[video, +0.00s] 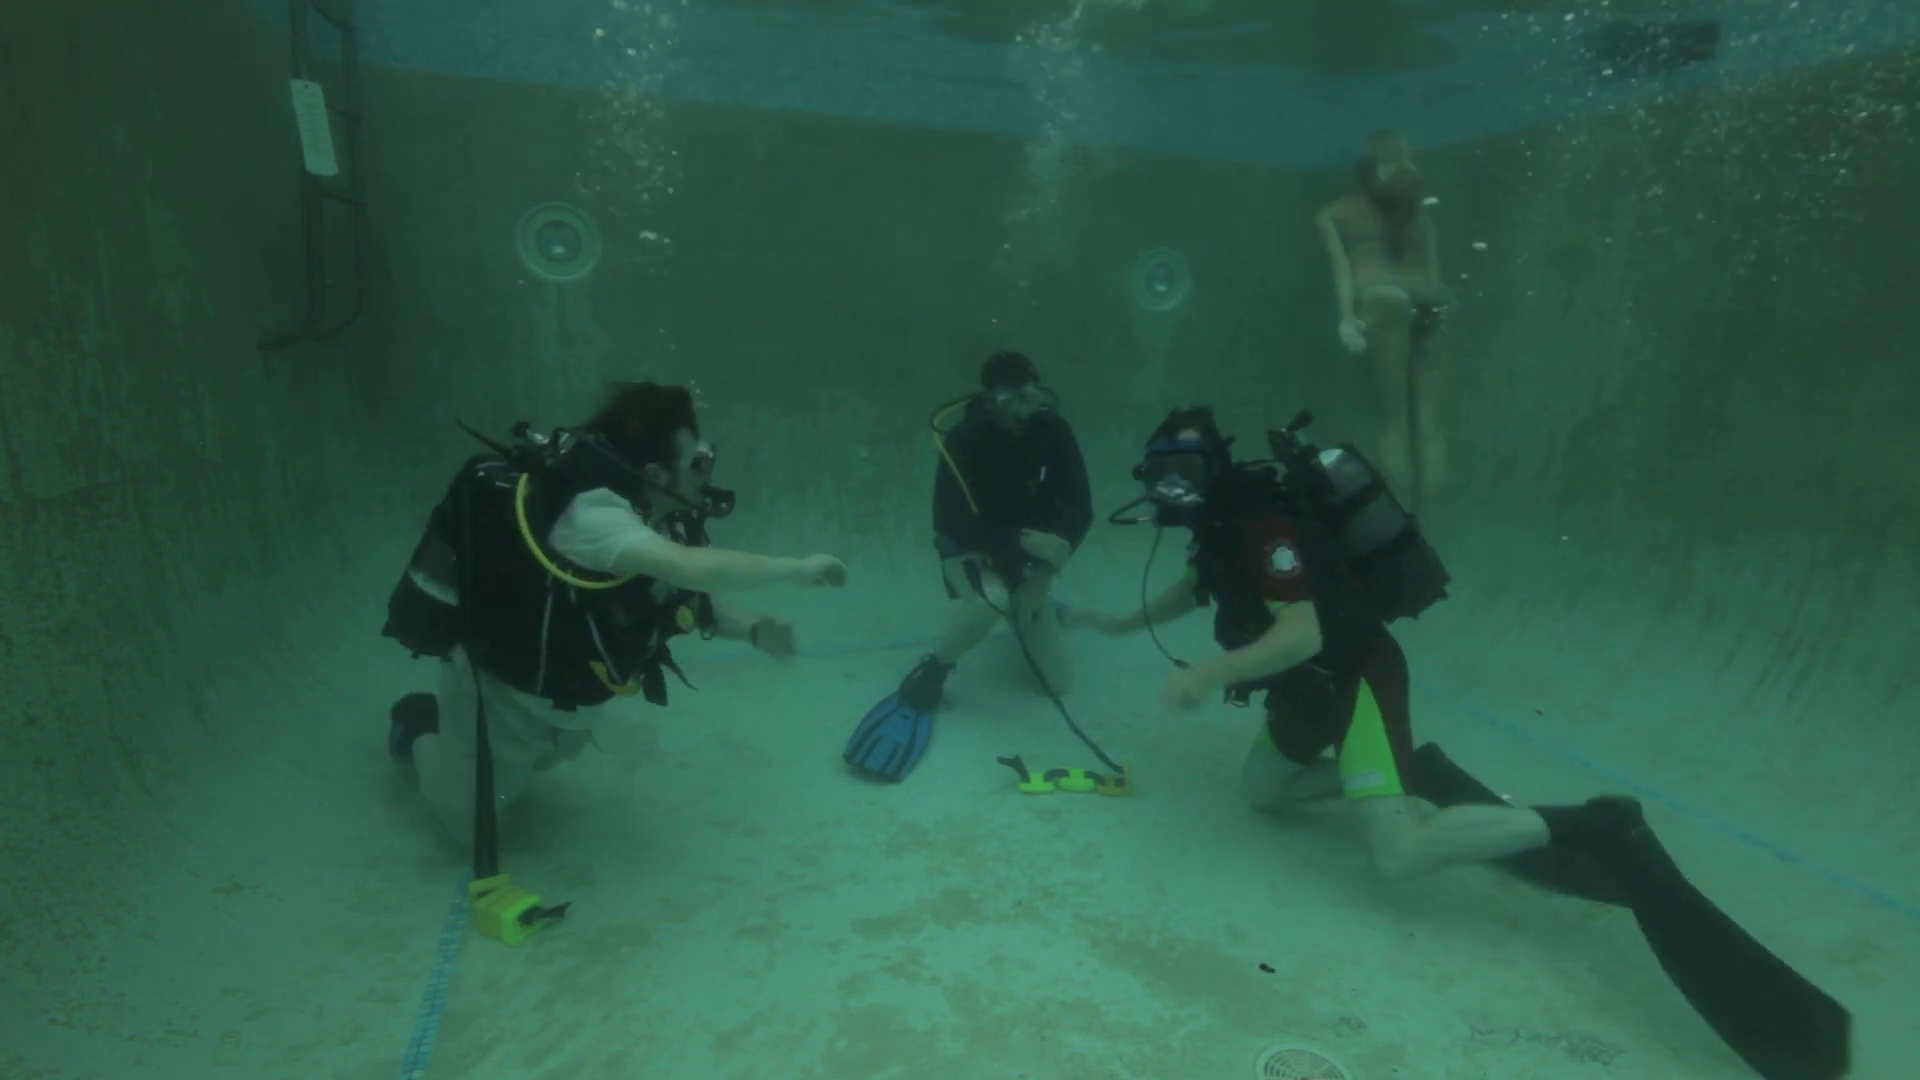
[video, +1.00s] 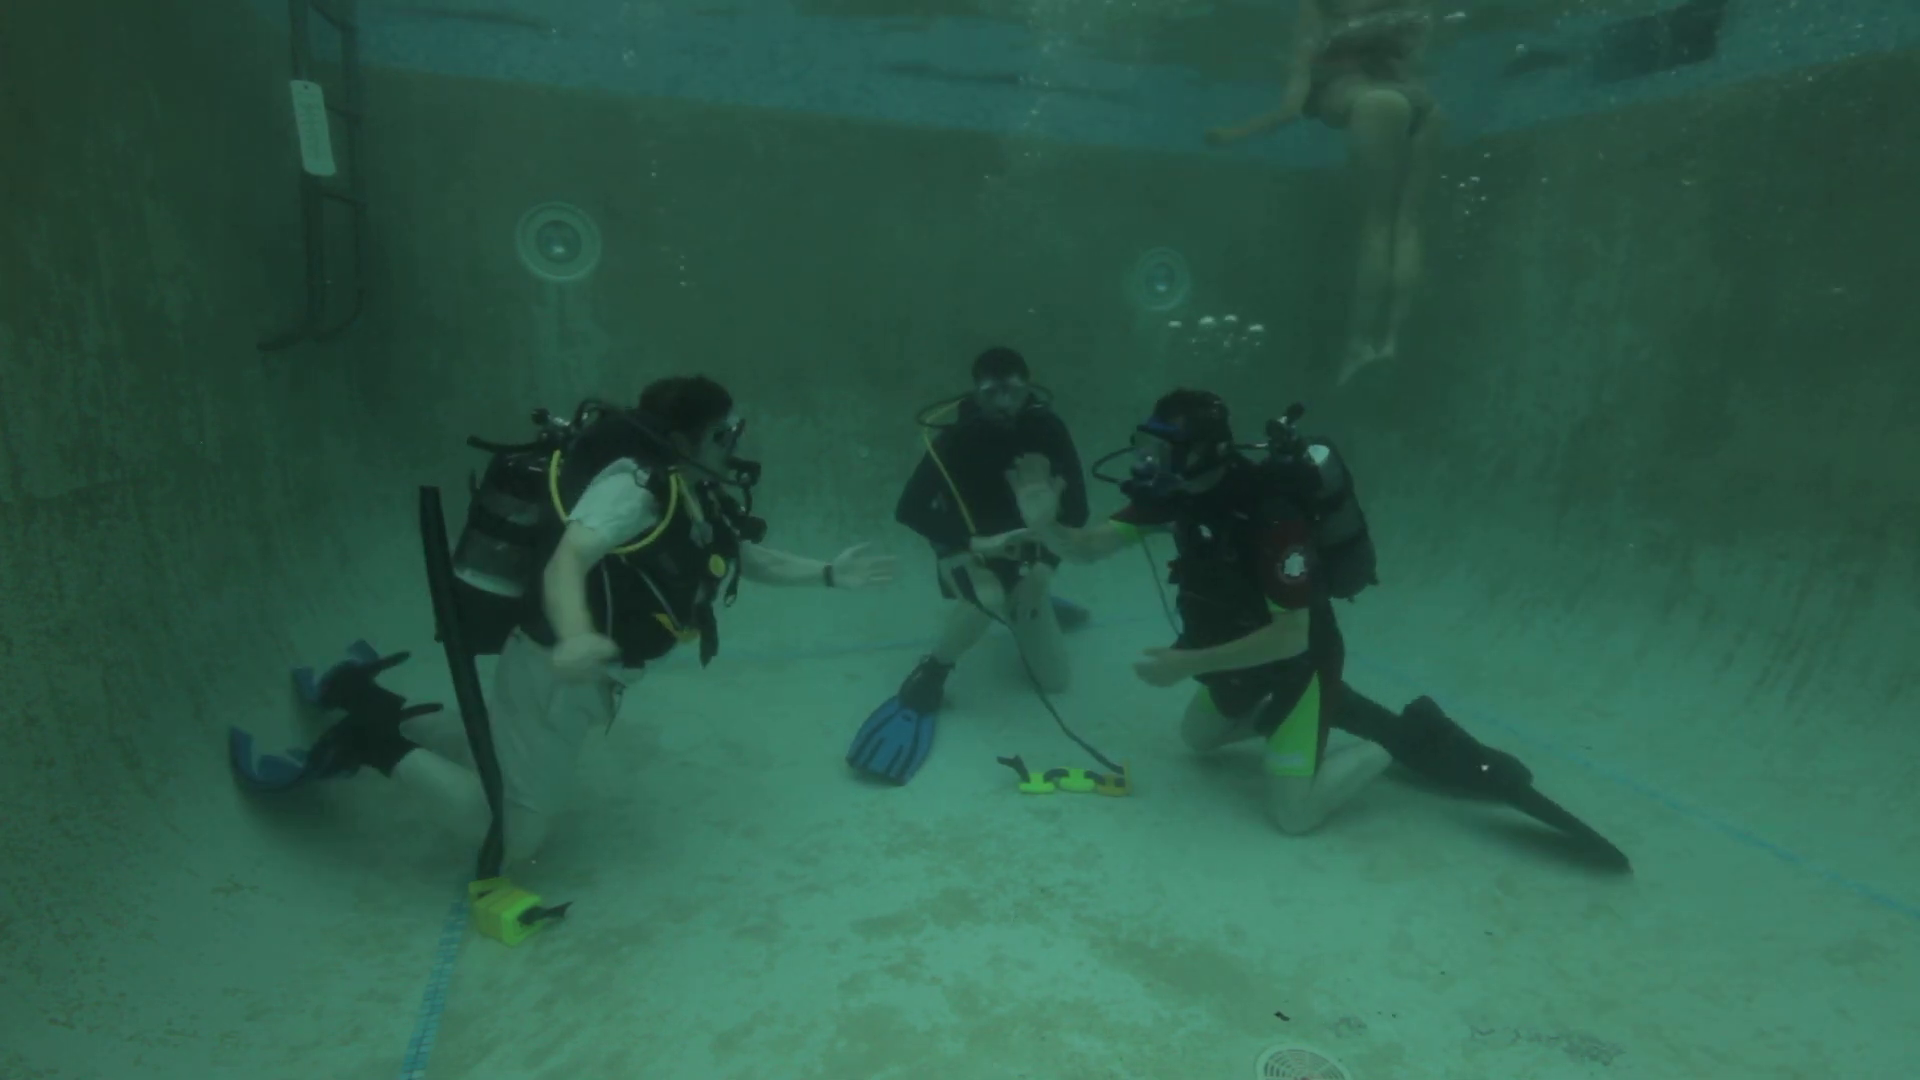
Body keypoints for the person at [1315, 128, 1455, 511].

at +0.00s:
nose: (1403, 170)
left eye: (1403, 161)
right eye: (1397, 162)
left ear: (1365, 166)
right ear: (1396, 166)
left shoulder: (1335, 213)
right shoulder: (1418, 206)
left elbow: (1341, 267)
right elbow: (1432, 260)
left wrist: (1345, 316)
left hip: (1381, 301)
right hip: (1429, 300)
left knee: (1393, 415)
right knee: (1431, 418)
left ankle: (1399, 513)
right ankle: (1432, 520)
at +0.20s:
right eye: (1396, 115)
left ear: (1362, 117)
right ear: (1401, 119)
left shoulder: (1335, 162)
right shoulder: (1412, 165)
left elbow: (1329, 225)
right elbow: (1427, 234)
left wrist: (1319, 283)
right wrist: (1442, 291)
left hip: (1366, 260)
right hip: (1415, 263)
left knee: (1402, 369)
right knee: (1434, 364)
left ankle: (1442, 480)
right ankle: (1464, 473)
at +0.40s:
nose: (1391, 83)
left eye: (1395, 75)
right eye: (1387, 75)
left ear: (1360, 77)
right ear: (1405, 79)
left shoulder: (1344, 119)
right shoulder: (1417, 123)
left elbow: (1348, 175)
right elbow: (1431, 184)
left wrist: (1350, 236)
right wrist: (1449, 242)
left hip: (1365, 234)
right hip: (1414, 236)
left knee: (1366, 344)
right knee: (1405, 343)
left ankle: (1445, 386)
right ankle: (1461, 387)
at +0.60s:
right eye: (1395, 54)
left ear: (1347, 55)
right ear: (1392, 54)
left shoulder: (1327, 91)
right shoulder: (1404, 88)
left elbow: (1332, 146)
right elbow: (1427, 145)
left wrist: (1335, 199)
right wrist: (1445, 197)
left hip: (1362, 191)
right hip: (1410, 190)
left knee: (1349, 305)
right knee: (1389, 307)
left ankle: (1363, 413)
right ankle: (1413, 418)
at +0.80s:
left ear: (1339, 19)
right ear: (1381, 21)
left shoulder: (1327, 51)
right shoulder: (1395, 48)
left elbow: (1312, 117)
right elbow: (1421, 103)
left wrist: (1293, 172)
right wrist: (1438, 158)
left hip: (1365, 138)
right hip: (1410, 134)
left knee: (1368, 253)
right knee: (1402, 252)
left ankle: (1361, 373)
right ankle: (1385, 376)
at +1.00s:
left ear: (1321, 16)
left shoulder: (1316, 38)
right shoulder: (1381, 33)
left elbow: (1293, 109)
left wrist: (1233, 134)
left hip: (1375, 104)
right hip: (1422, 103)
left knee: (1374, 221)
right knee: (1408, 222)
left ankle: (1361, 344)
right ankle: (1392, 341)